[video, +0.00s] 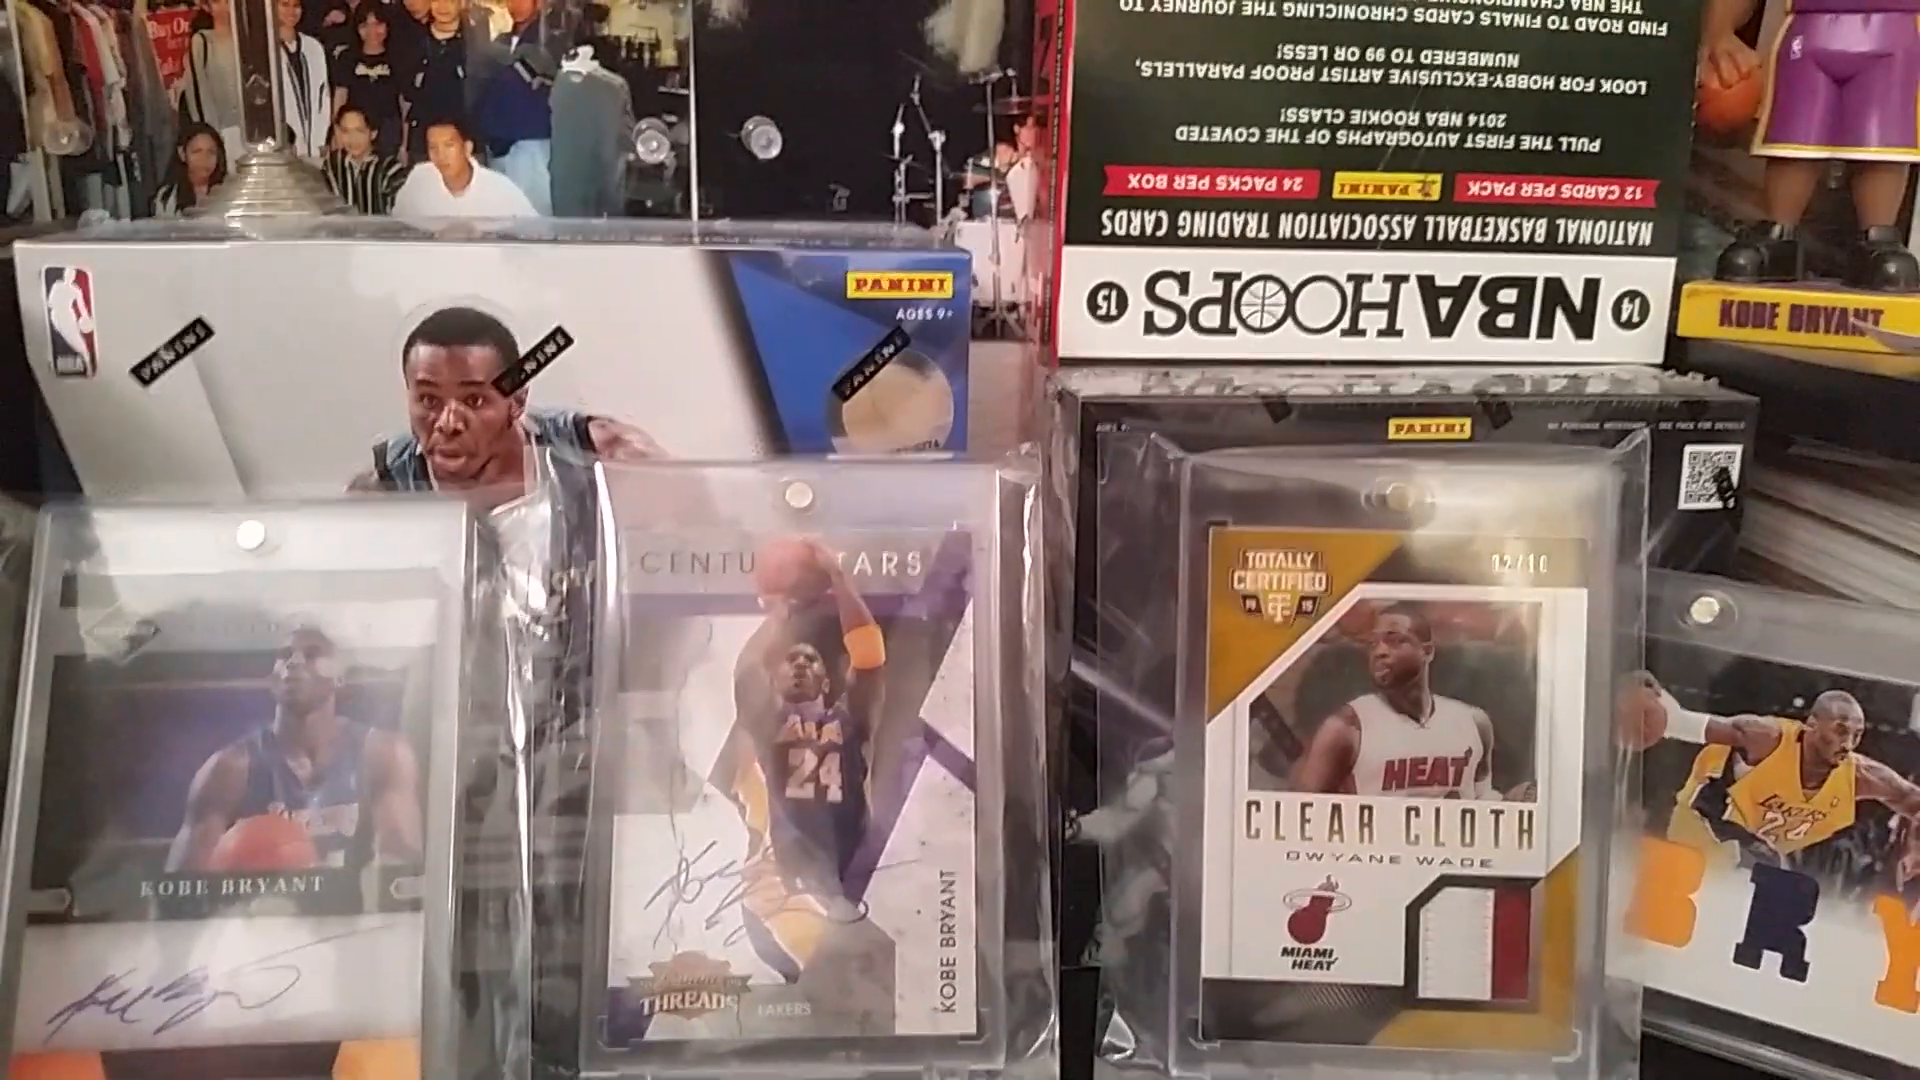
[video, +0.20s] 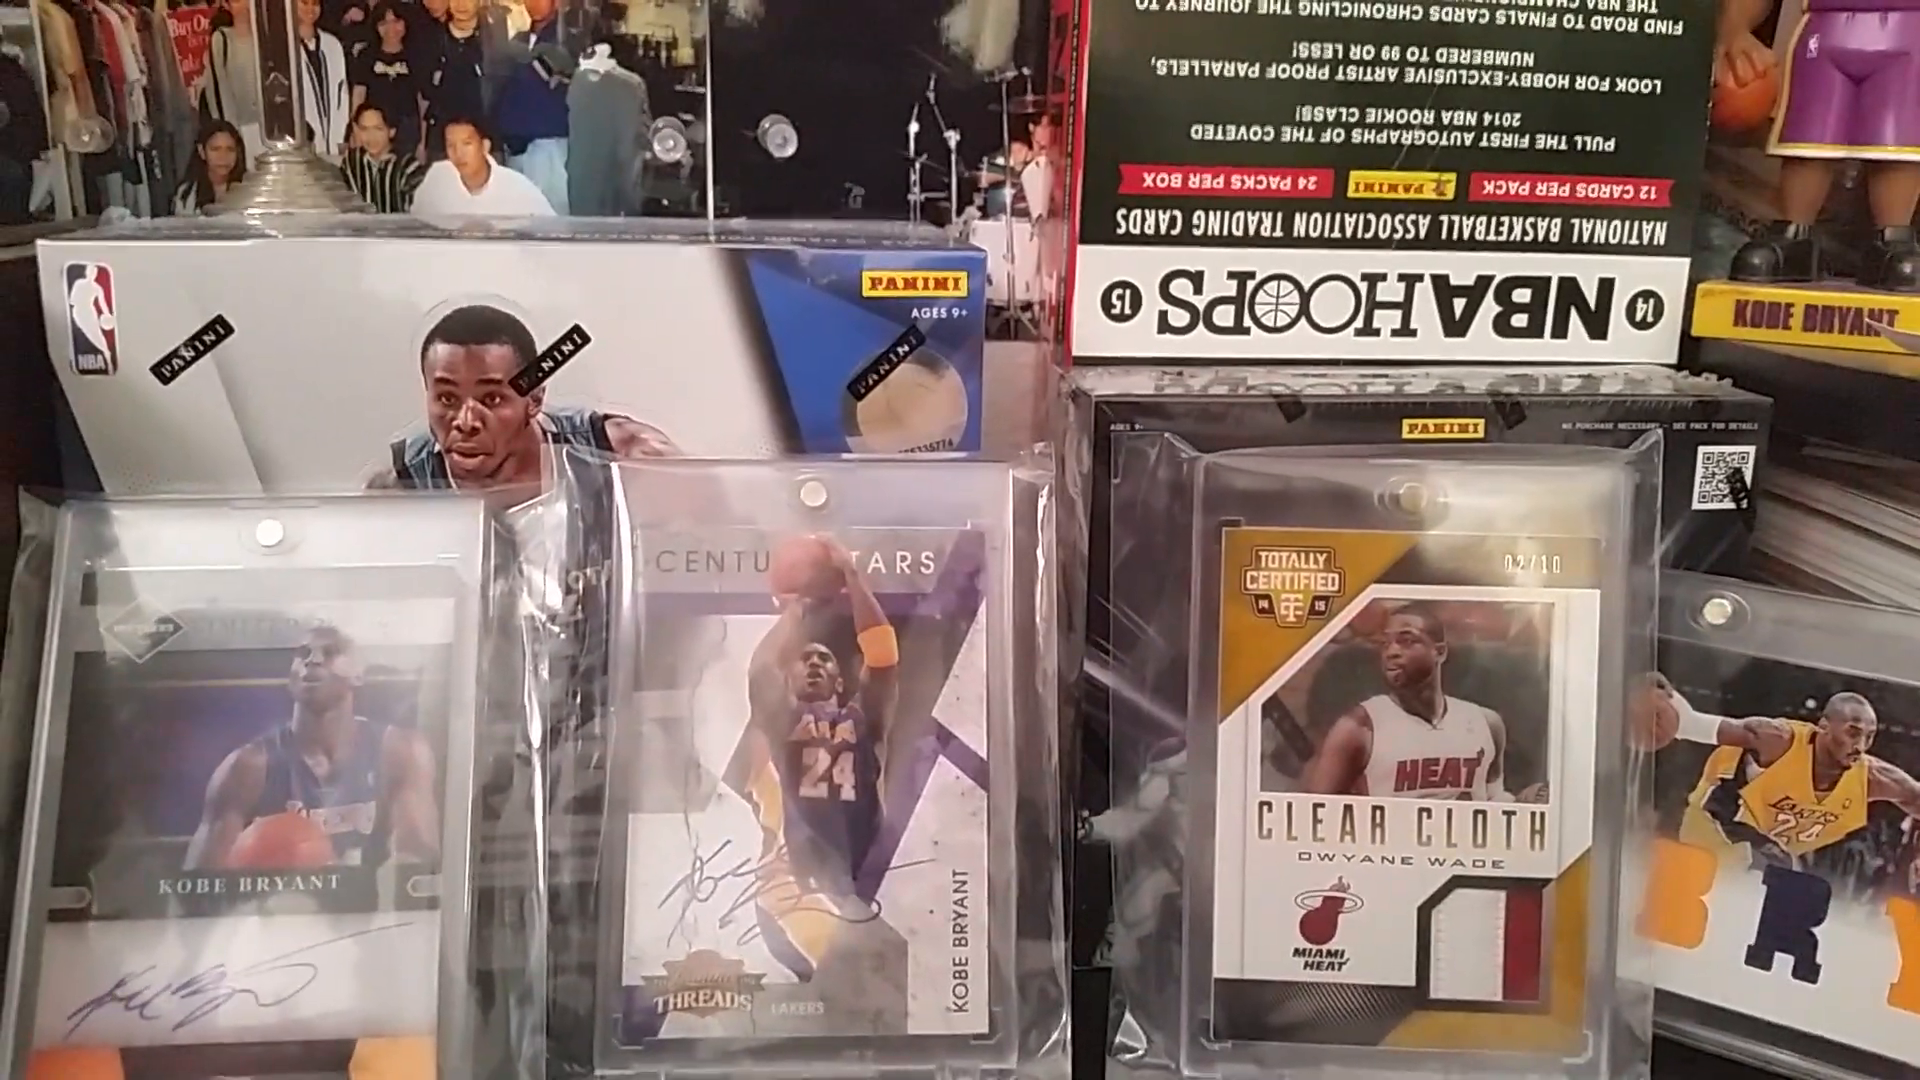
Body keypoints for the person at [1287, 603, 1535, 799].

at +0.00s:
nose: (1379, 651)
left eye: (1395, 641)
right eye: (1374, 643)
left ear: (1428, 651)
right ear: (1368, 652)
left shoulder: (1474, 724)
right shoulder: (1344, 729)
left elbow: (1481, 804)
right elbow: (1296, 816)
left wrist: (1510, 803)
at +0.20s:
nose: (1390, 652)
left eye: (1407, 641)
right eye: (1385, 643)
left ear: (1441, 652)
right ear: (1380, 651)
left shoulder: (1487, 726)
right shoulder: (1356, 730)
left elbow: (1492, 801)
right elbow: (1310, 818)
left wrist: (1521, 804)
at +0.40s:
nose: (1402, 650)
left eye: (1418, 639)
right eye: (1397, 641)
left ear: (1452, 649)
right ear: (1391, 649)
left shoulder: (1499, 724)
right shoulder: (1367, 727)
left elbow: (1504, 802)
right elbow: (1321, 816)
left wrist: (1533, 802)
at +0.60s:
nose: (1416, 648)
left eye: (1432, 637)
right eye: (1411, 639)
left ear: (1466, 648)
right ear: (1405, 649)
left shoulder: (1512, 723)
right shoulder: (1381, 726)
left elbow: (1519, 806)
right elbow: (1338, 816)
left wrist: (1548, 802)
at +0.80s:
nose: (1418, 649)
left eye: (1434, 637)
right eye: (1413, 640)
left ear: (1467, 648)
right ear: (1407, 648)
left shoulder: (1515, 723)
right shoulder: (1383, 726)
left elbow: (1519, 802)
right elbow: (1342, 817)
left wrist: (1548, 802)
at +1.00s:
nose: (1451, 645)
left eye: (1465, 636)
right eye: (1444, 638)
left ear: (1498, 647)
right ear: (1437, 650)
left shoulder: (1546, 720)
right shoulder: (1415, 721)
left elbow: (1554, 799)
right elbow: (1374, 807)